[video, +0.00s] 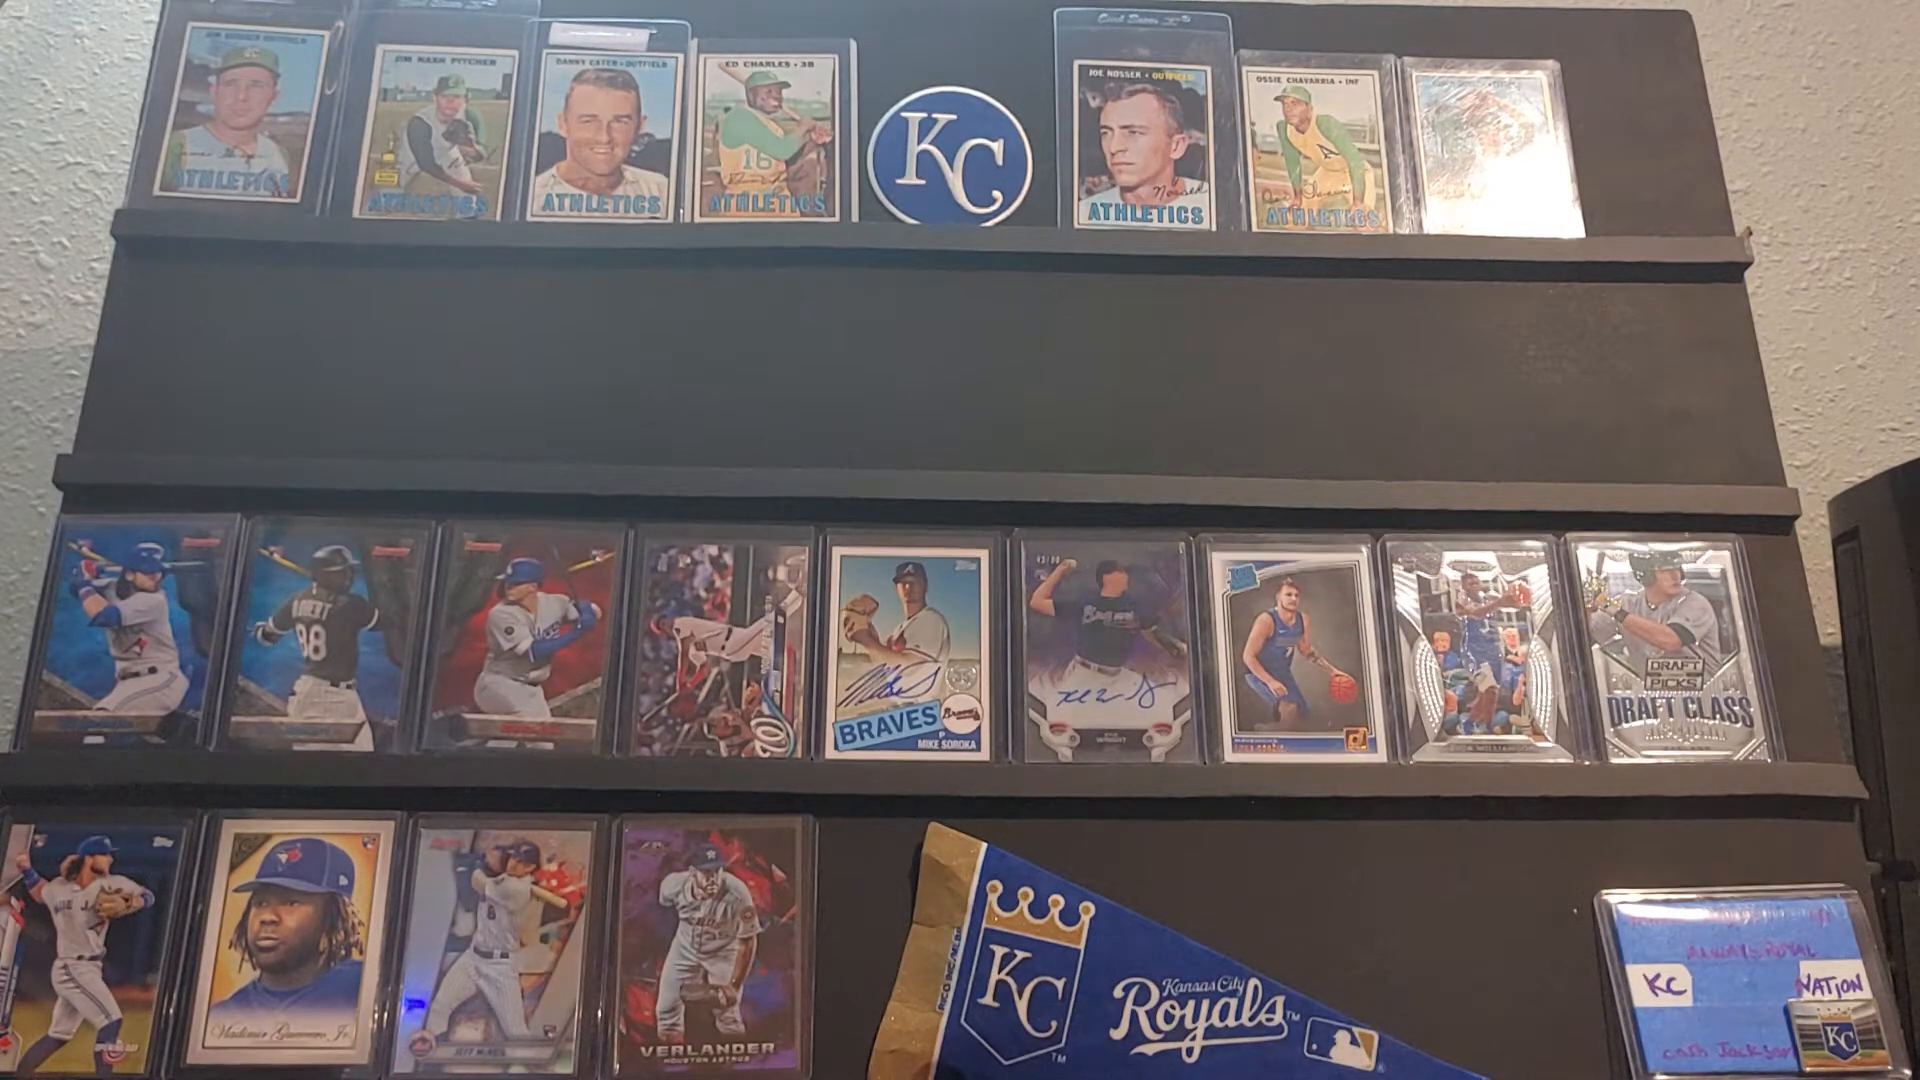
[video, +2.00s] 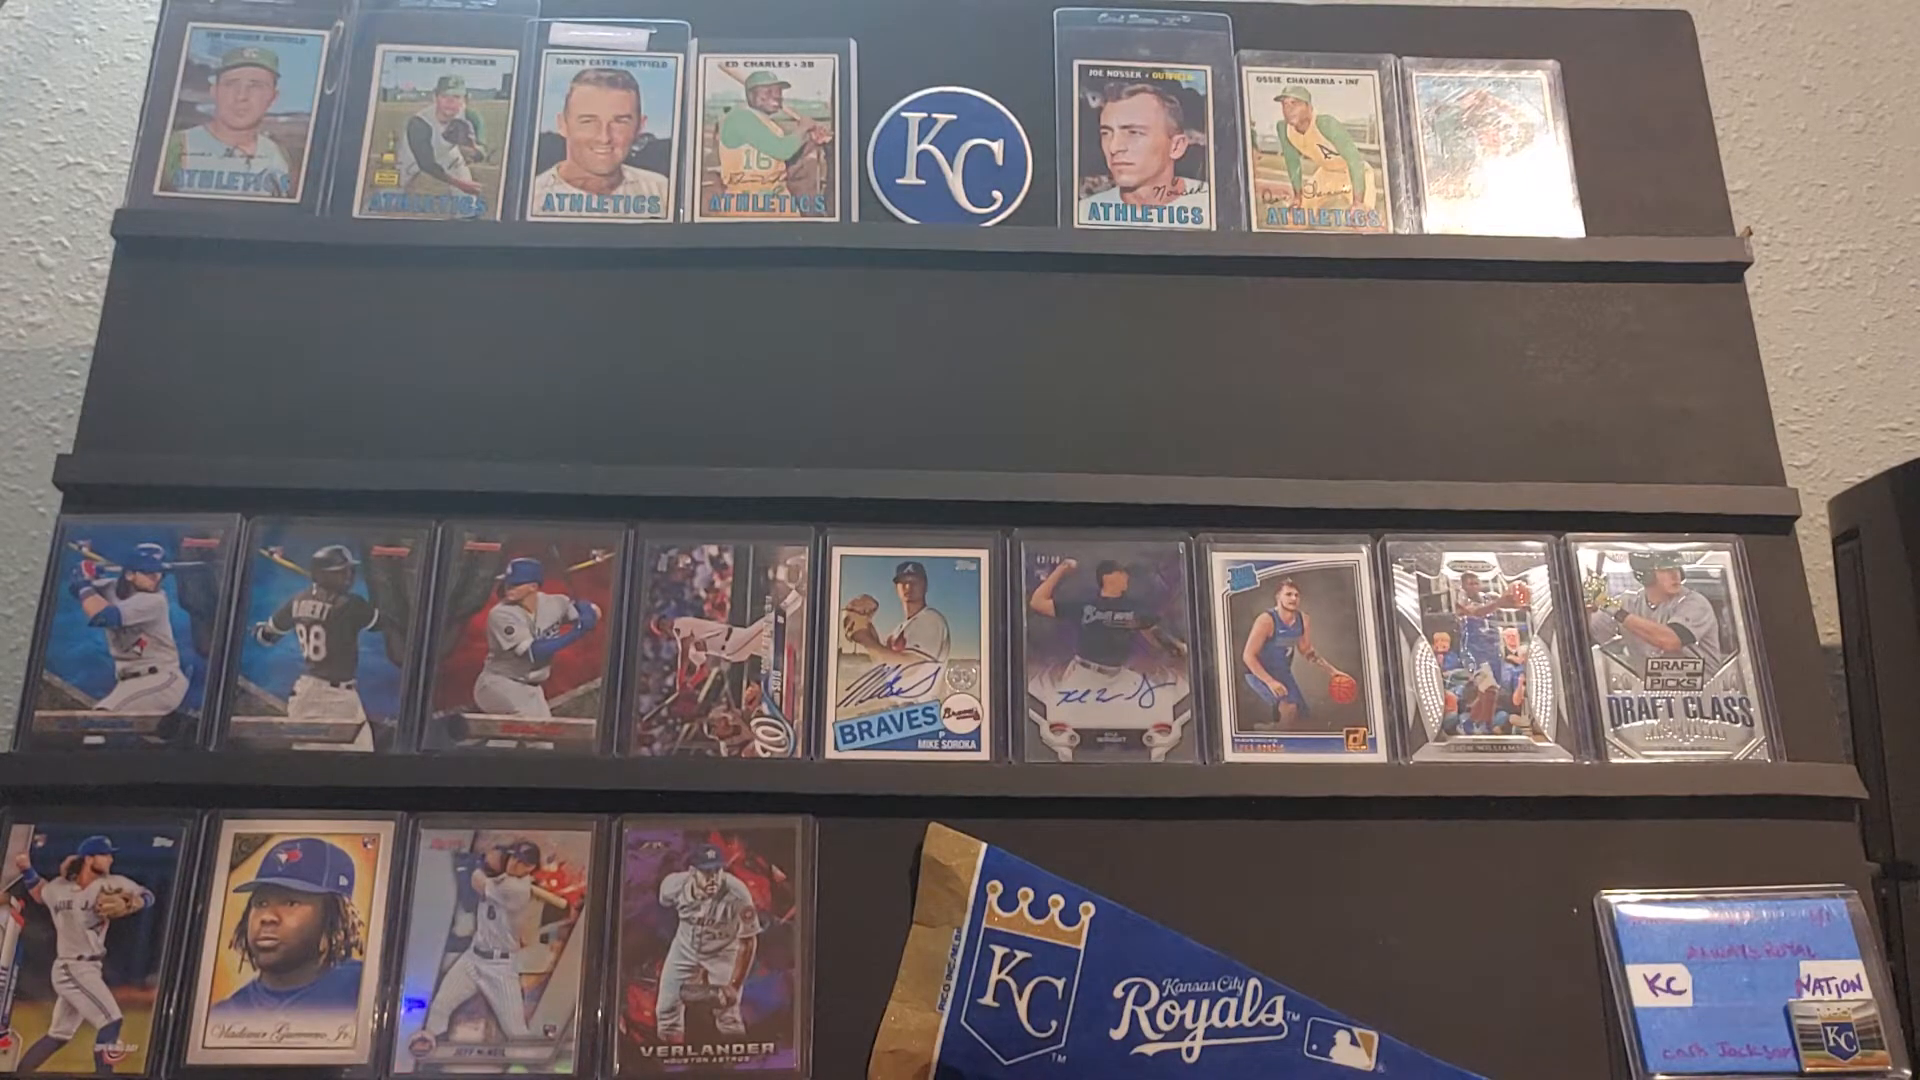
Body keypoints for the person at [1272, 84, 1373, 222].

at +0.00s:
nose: (1288, 109)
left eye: (1294, 104)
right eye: (1284, 104)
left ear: (1309, 108)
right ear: (1281, 108)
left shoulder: (1327, 124)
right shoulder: (1284, 128)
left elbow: (1355, 161)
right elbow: (1292, 163)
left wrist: (1358, 203)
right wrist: (1297, 197)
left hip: (1354, 172)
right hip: (1327, 172)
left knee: (1361, 218)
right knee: (1303, 207)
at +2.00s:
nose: (1288, 109)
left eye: (1294, 103)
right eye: (1284, 105)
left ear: (1308, 107)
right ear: (1281, 108)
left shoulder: (1327, 124)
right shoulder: (1283, 128)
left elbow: (1355, 160)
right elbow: (1293, 163)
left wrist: (1358, 202)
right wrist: (1297, 197)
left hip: (1354, 174)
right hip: (1327, 173)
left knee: (1360, 218)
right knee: (1302, 210)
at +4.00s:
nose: (1288, 109)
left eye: (1294, 103)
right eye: (1285, 104)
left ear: (1308, 107)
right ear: (1281, 108)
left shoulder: (1326, 124)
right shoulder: (1283, 128)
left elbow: (1355, 161)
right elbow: (1293, 163)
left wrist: (1358, 202)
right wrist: (1298, 197)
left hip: (1355, 172)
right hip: (1327, 172)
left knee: (1360, 218)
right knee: (1302, 208)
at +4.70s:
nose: (1288, 109)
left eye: (1294, 103)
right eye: (1284, 104)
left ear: (1308, 106)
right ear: (1281, 107)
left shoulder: (1327, 124)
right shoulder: (1283, 128)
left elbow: (1355, 159)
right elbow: (1293, 164)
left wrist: (1358, 201)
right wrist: (1297, 198)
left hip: (1354, 173)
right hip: (1327, 172)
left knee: (1360, 219)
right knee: (1301, 210)